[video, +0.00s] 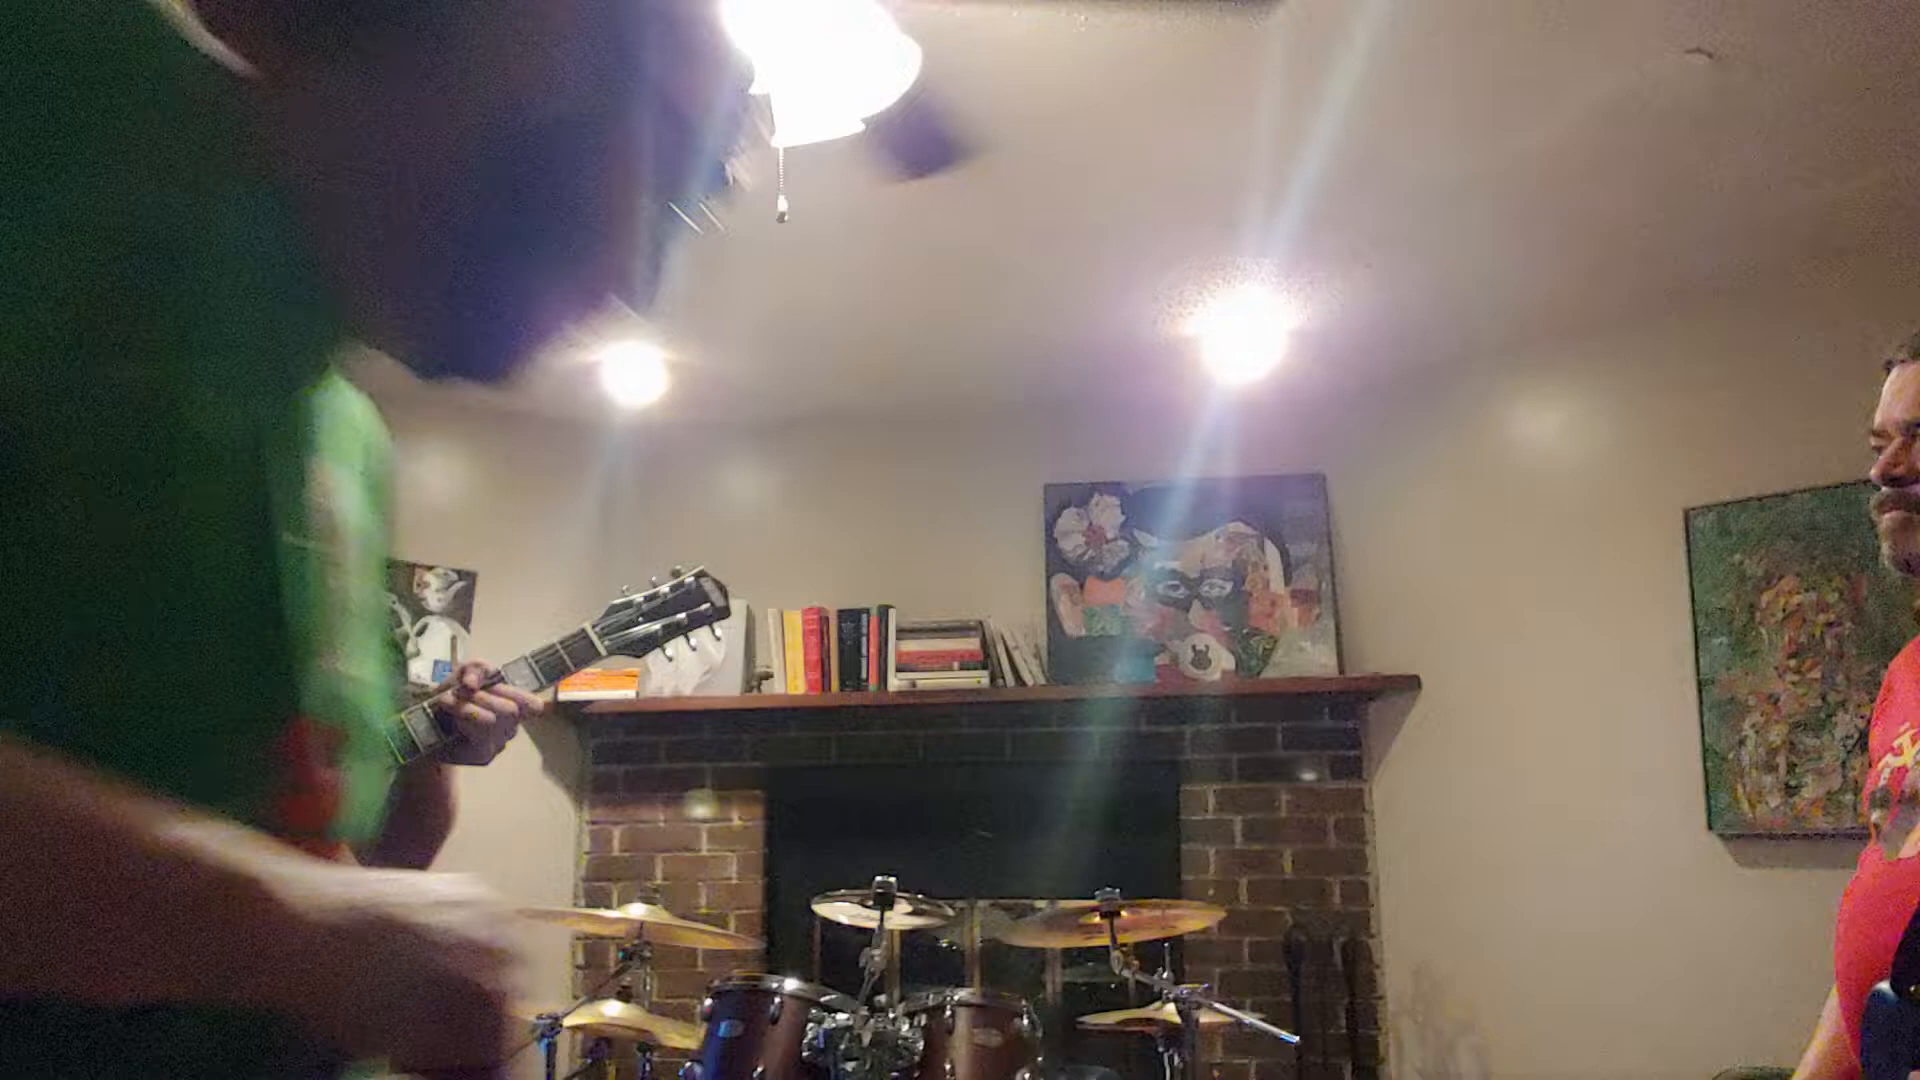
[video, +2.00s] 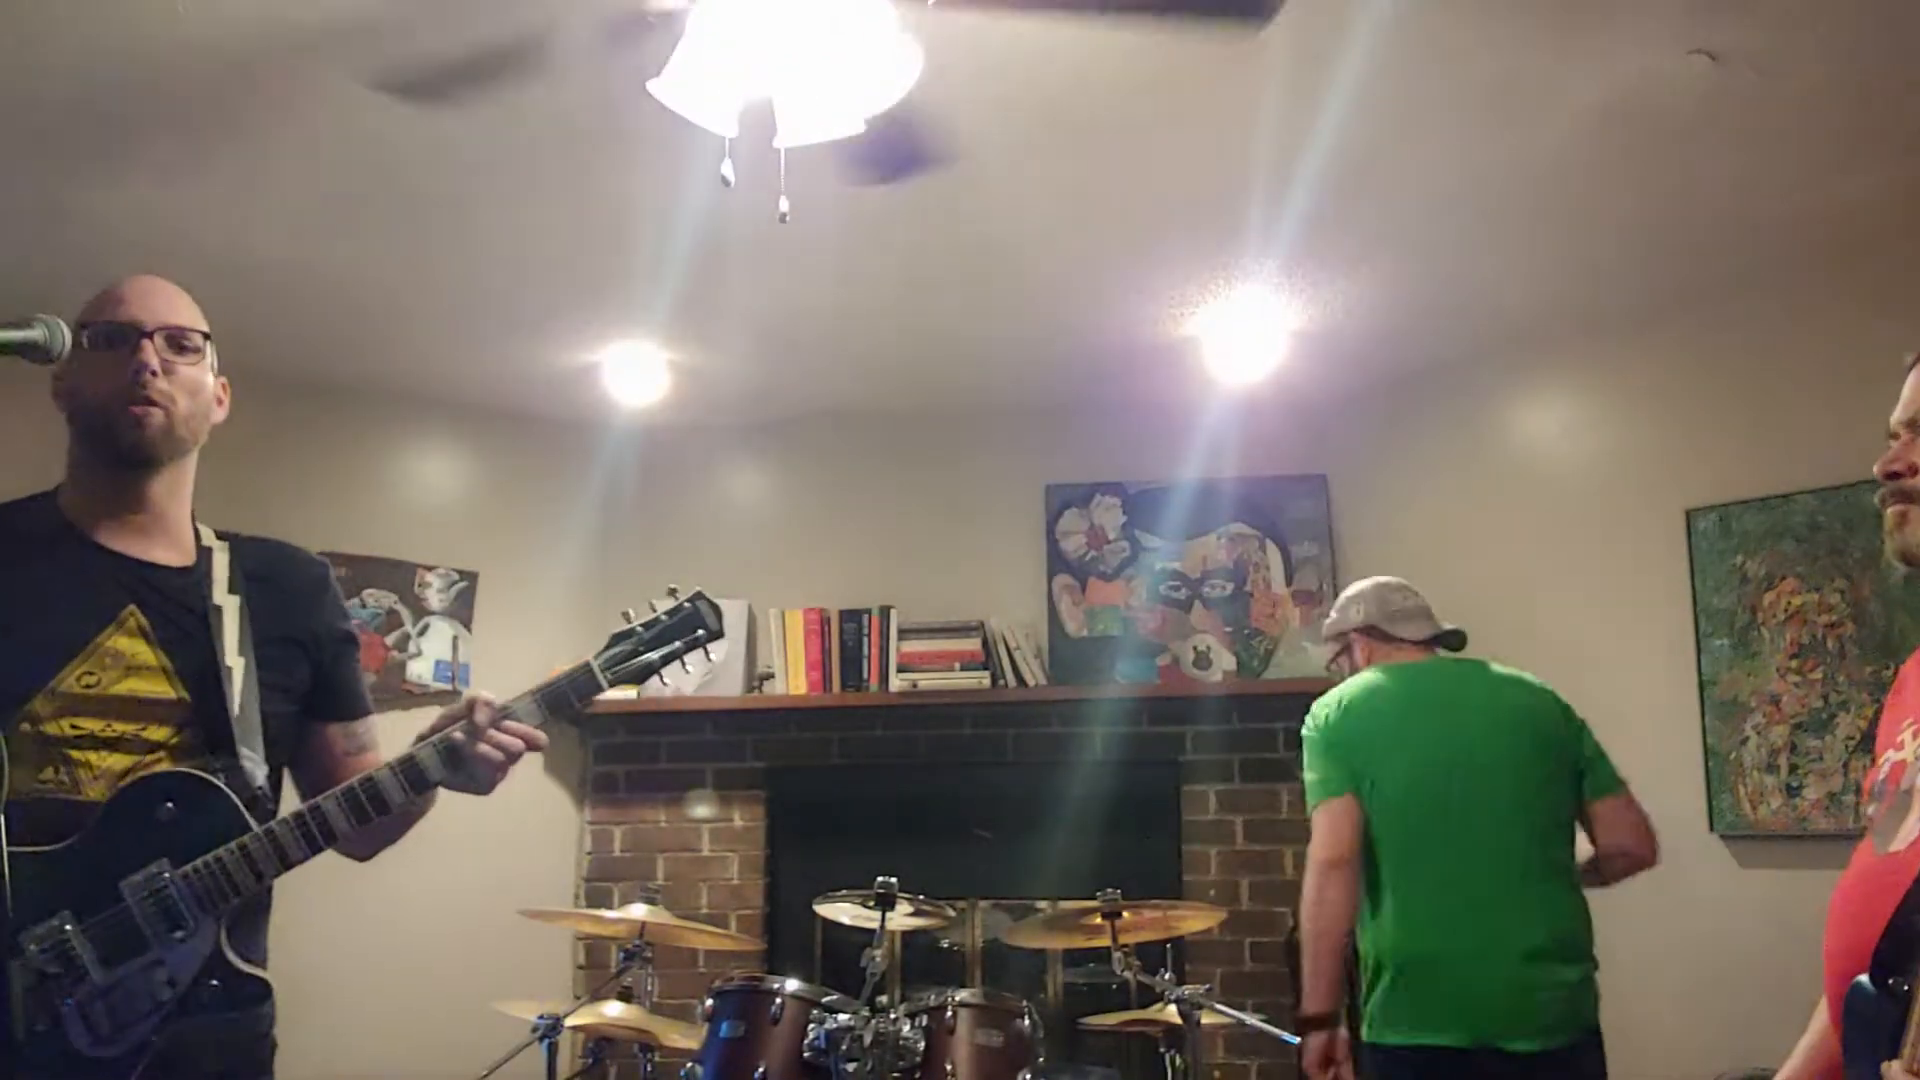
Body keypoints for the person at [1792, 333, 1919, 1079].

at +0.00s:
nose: (1887, 468)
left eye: (1914, 437)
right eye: (1880, 442)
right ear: (1871, 452)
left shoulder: (1907, 671)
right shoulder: (1904, 674)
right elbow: (1882, 900)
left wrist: (1829, 1057)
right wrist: (1818, 1063)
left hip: (1903, 1046)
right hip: (1870, 1041)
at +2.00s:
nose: (1889, 463)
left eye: (1913, 433)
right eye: (1892, 437)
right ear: (1887, 452)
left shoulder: (1909, 679)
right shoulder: (1909, 679)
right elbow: (1878, 903)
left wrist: (1808, 1059)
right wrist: (1804, 1064)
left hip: (1899, 1053)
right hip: (1863, 1049)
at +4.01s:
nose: (1869, 463)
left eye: (1903, 434)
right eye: (1875, 438)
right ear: (1873, 450)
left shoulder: (1907, 674)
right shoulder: (1905, 676)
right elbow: (1881, 898)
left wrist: (1824, 1059)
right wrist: (1815, 1064)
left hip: (1903, 1050)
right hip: (1863, 1045)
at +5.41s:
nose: (1830, 529)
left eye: (1847, 490)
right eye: (1832, 498)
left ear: (1916, 476)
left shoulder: (1912, 658)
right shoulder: (1906, 661)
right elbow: (1882, 867)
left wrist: (1881, 1058)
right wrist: (1827, 1052)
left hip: (1900, 1048)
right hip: (1869, 1036)